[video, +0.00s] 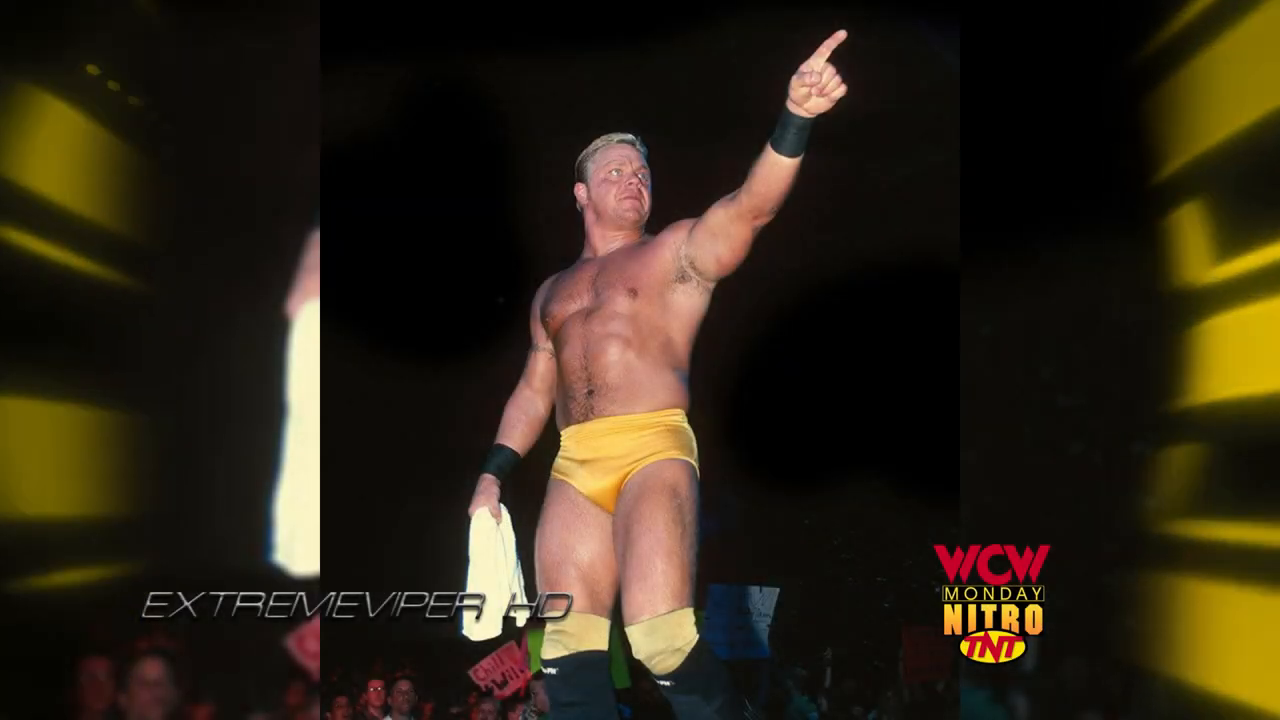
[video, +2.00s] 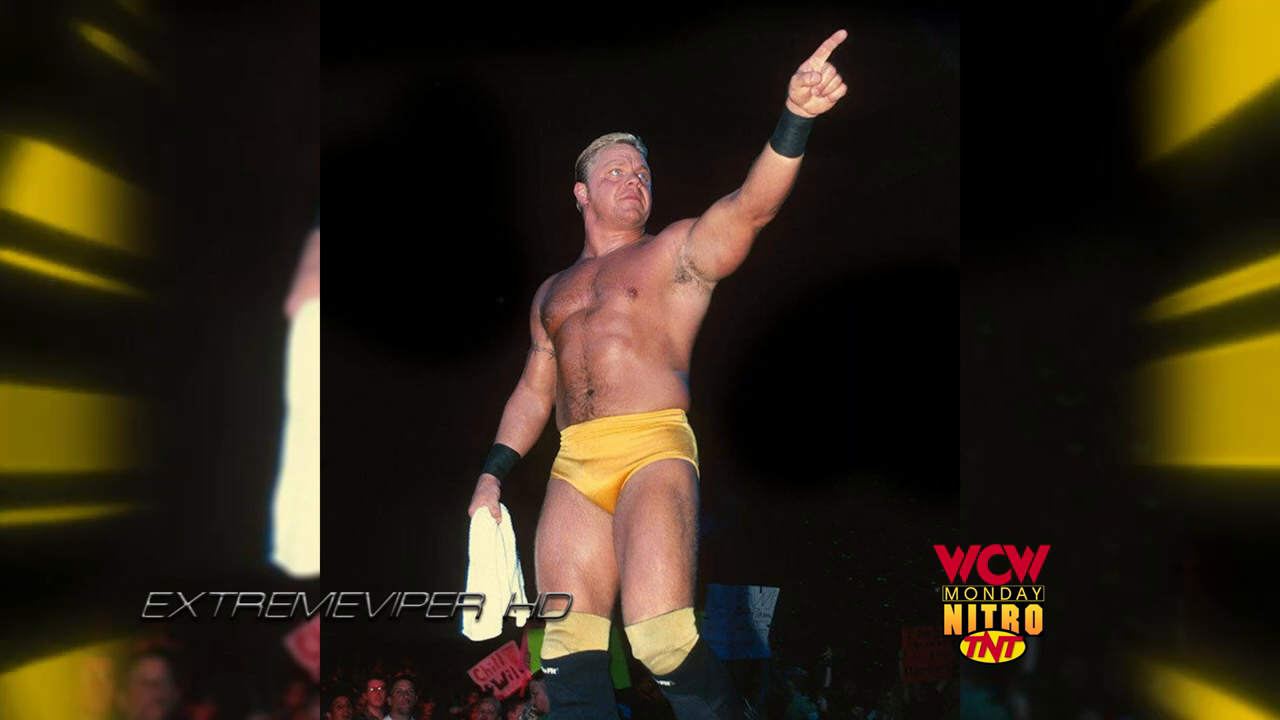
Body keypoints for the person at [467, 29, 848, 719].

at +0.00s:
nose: (632, 180)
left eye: (640, 172)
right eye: (614, 171)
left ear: (650, 194)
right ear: (581, 193)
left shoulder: (680, 254)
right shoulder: (553, 296)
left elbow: (752, 204)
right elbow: (534, 394)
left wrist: (797, 115)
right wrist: (490, 477)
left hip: (656, 448)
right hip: (576, 462)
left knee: (659, 635)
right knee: (568, 646)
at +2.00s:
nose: (632, 179)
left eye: (640, 172)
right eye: (615, 170)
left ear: (650, 194)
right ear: (581, 193)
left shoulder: (680, 254)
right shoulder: (552, 296)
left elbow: (753, 203)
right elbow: (534, 394)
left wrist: (797, 116)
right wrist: (490, 478)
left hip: (656, 448)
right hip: (575, 462)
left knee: (660, 636)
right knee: (568, 646)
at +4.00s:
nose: (632, 179)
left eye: (640, 172)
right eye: (615, 170)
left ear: (650, 194)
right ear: (581, 193)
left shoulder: (680, 254)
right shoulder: (552, 296)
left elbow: (753, 203)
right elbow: (534, 394)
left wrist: (797, 116)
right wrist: (490, 478)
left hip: (656, 448)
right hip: (575, 462)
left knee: (660, 636)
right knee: (568, 647)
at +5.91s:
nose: (632, 179)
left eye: (640, 172)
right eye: (615, 170)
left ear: (650, 194)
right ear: (581, 193)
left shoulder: (680, 254)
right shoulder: (552, 296)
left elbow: (753, 203)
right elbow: (534, 394)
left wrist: (797, 116)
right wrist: (490, 478)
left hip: (656, 448)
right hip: (575, 462)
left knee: (660, 636)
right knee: (568, 647)